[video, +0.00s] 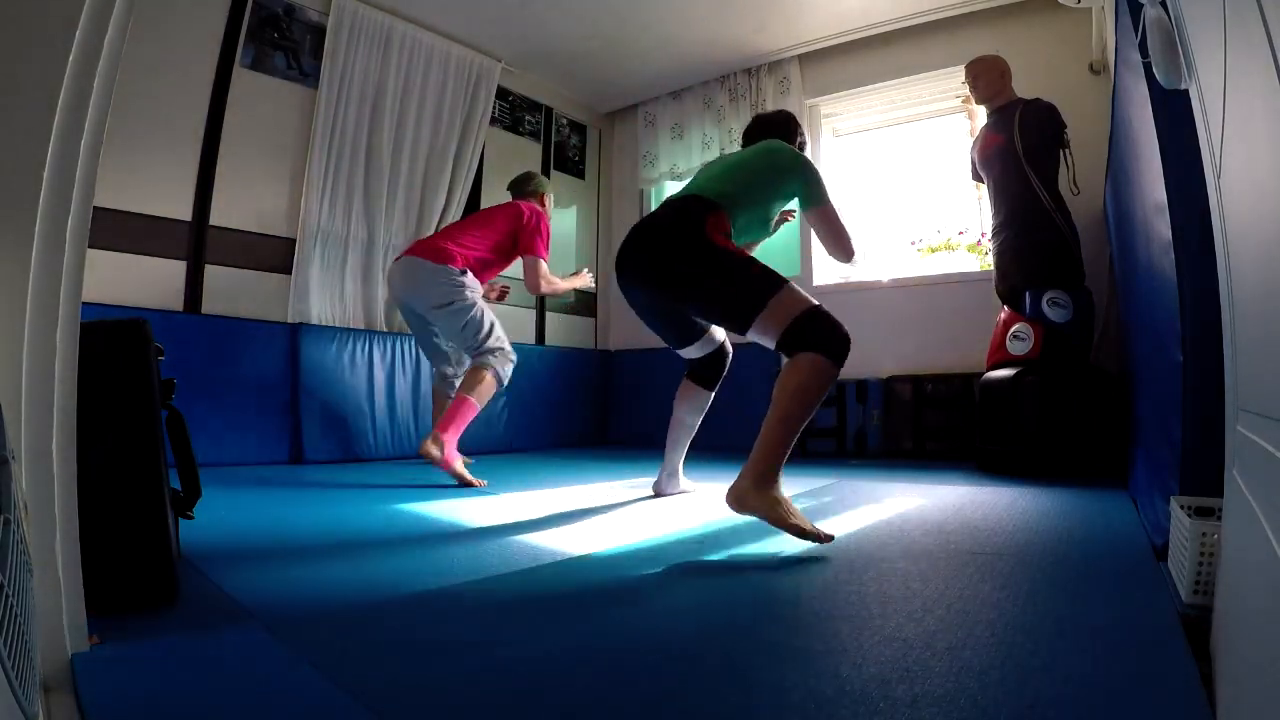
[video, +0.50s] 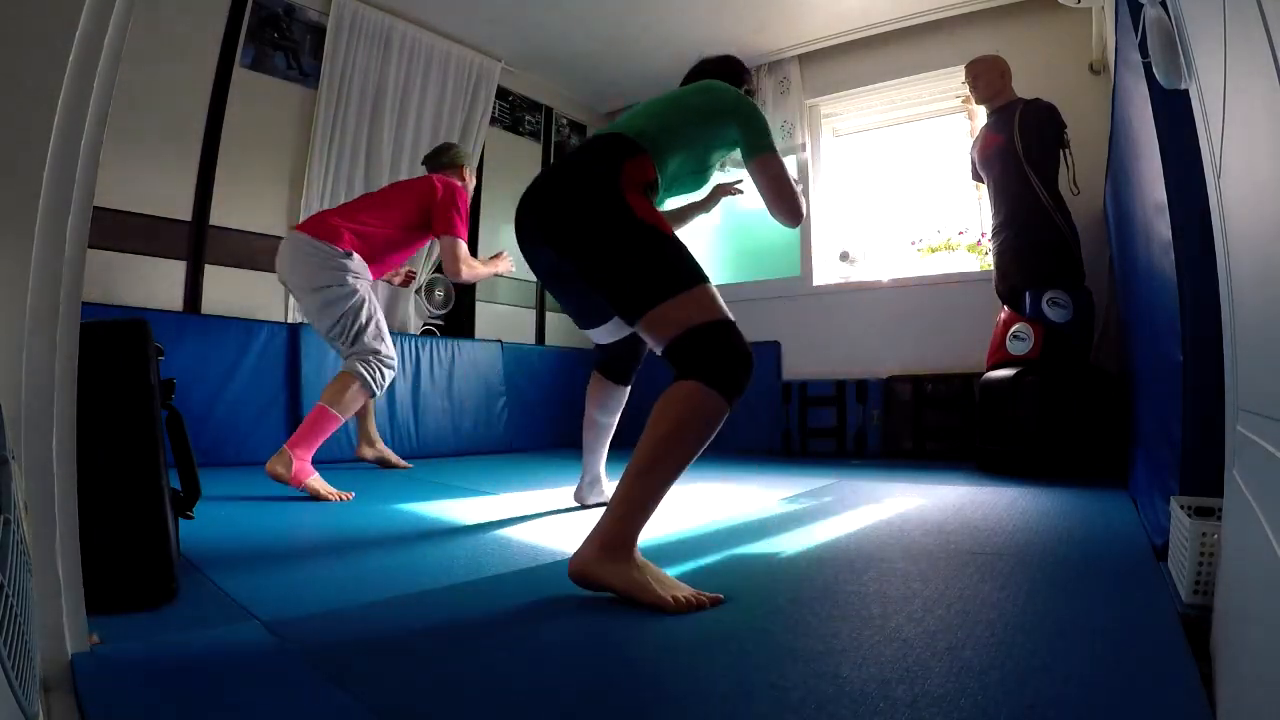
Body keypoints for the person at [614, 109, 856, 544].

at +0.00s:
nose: (805, 152)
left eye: (805, 147)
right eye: (803, 146)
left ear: (752, 141)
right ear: (795, 143)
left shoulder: (724, 166)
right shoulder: (792, 160)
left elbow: (721, 250)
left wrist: (770, 226)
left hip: (635, 262)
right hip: (689, 251)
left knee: (711, 355)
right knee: (823, 339)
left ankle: (669, 476)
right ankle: (757, 483)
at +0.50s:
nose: (755, 100)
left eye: (753, 91)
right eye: (753, 93)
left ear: (693, 84)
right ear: (739, 85)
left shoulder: (652, 112)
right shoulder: (736, 104)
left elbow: (644, 222)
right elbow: (789, 213)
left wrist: (710, 200)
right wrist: (783, 185)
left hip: (541, 215)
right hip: (601, 205)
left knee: (621, 348)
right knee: (720, 358)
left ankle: (591, 483)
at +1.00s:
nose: (669, 66)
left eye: (669, 59)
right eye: (669, 54)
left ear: (621, 21)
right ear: (658, 30)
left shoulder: (565, 74)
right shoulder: (638, 38)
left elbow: (551, 195)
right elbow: (706, 156)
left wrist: (634, 171)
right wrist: (720, 136)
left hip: (408, 170)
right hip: (450, 160)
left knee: (548, 317)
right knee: (598, 313)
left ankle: (465, 474)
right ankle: (442, 579)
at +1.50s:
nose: (599, 14)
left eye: (603, 9)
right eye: (603, 3)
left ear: (582, 10)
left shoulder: (471, 47)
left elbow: (465, 164)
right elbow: (616, 98)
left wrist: (571, 139)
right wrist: (653, 100)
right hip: (291, 78)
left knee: (413, 284)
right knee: (424, 261)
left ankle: (342, 512)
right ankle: (215, 554)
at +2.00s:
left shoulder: (399, 27)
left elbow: (414, 153)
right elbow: (547, 76)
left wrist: (519, 117)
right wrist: (594, 76)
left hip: (224, 86)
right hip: (175, 51)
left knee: (326, 288)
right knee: (320, 289)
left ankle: (247, 522)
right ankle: (59, 641)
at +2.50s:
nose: (631, 23)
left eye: (633, 15)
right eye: (633, 10)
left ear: (602, 12)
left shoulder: (513, 65)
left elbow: (543, 176)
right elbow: (646, 91)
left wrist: (635, 128)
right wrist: (685, 106)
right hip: (350, 106)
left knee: (480, 305)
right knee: (497, 274)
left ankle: (416, 507)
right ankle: (295, 567)